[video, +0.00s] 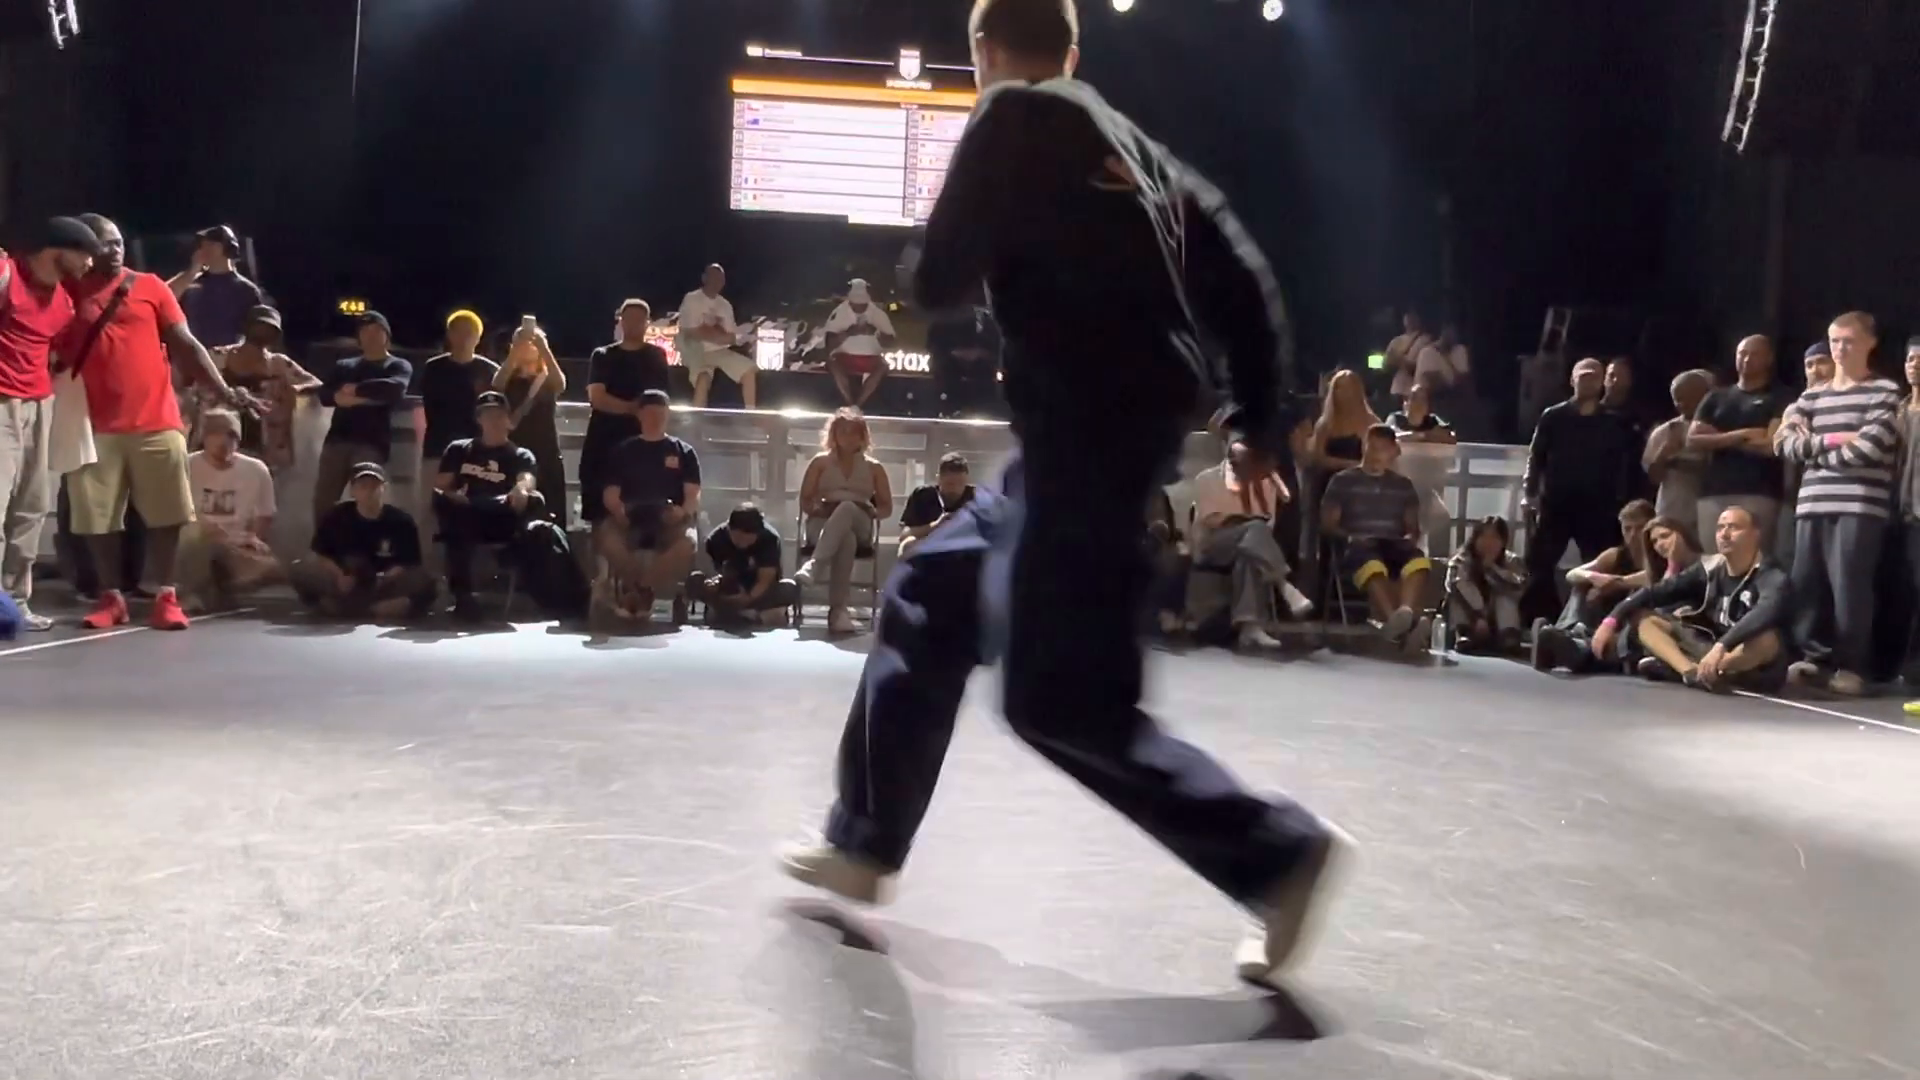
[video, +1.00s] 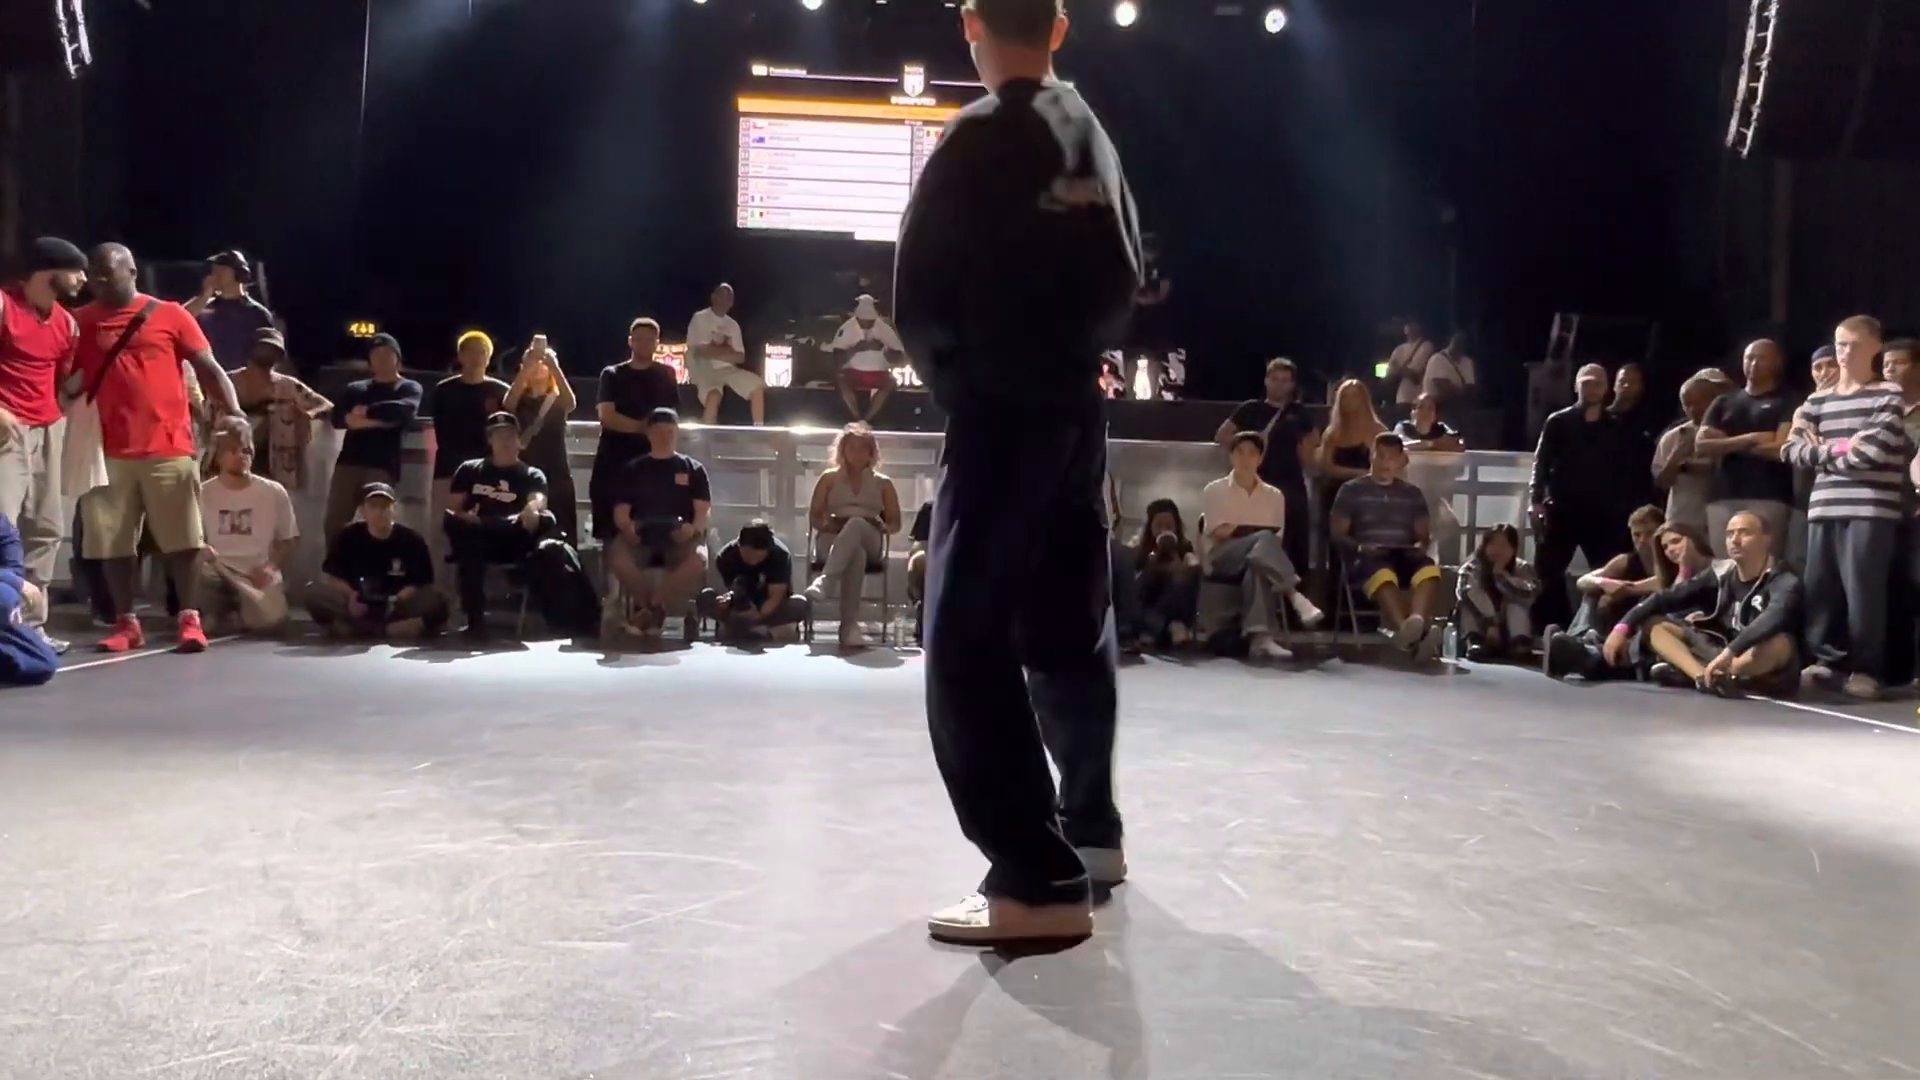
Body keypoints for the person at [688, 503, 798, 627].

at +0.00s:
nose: (741, 542)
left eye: (747, 538)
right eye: (738, 537)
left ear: (756, 533)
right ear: (731, 529)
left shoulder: (769, 539)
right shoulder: (714, 541)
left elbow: (766, 579)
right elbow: (722, 573)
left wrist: (748, 598)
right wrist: (715, 582)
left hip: (760, 584)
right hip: (731, 585)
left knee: (790, 588)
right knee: (695, 582)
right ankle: (756, 616)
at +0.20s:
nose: (747, 555)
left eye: (753, 551)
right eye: (743, 550)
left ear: (762, 546)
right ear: (736, 542)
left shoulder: (775, 551)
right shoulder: (720, 553)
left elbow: (771, 592)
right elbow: (727, 584)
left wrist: (755, 611)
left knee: (792, 598)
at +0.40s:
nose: (749, 558)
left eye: (755, 554)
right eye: (745, 553)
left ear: (763, 548)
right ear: (737, 545)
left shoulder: (775, 554)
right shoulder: (720, 556)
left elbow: (772, 594)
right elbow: (731, 590)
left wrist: (754, 613)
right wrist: (722, 599)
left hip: (766, 598)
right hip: (738, 600)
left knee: (796, 603)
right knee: (702, 598)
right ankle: (762, 630)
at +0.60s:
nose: (748, 560)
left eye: (754, 556)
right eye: (744, 555)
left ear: (763, 549)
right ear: (737, 546)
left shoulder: (776, 554)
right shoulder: (721, 557)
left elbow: (773, 595)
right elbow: (732, 591)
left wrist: (755, 614)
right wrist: (725, 598)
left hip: (767, 601)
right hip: (738, 603)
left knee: (797, 603)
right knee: (702, 597)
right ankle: (763, 631)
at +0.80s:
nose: (751, 561)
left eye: (757, 557)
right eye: (747, 556)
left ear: (765, 550)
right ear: (739, 547)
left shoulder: (779, 555)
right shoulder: (723, 558)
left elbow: (775, 596)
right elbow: (734, 592)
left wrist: (758, 615)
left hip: (768, 601)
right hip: (740, 603)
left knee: (798, 604)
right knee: (704, 598)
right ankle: (765, 630)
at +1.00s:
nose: (751, 558)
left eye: (756, 555)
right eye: (747, 553)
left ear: (766, 550)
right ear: (740, 546)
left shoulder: (780, 556)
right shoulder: (725, 558)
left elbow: (776, 596)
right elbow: (736, 589)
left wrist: (759, 615)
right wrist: (728, 598)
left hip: (769, 601)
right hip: (742, 604)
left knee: (801, 604)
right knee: (705, 598)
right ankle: (767, 633)